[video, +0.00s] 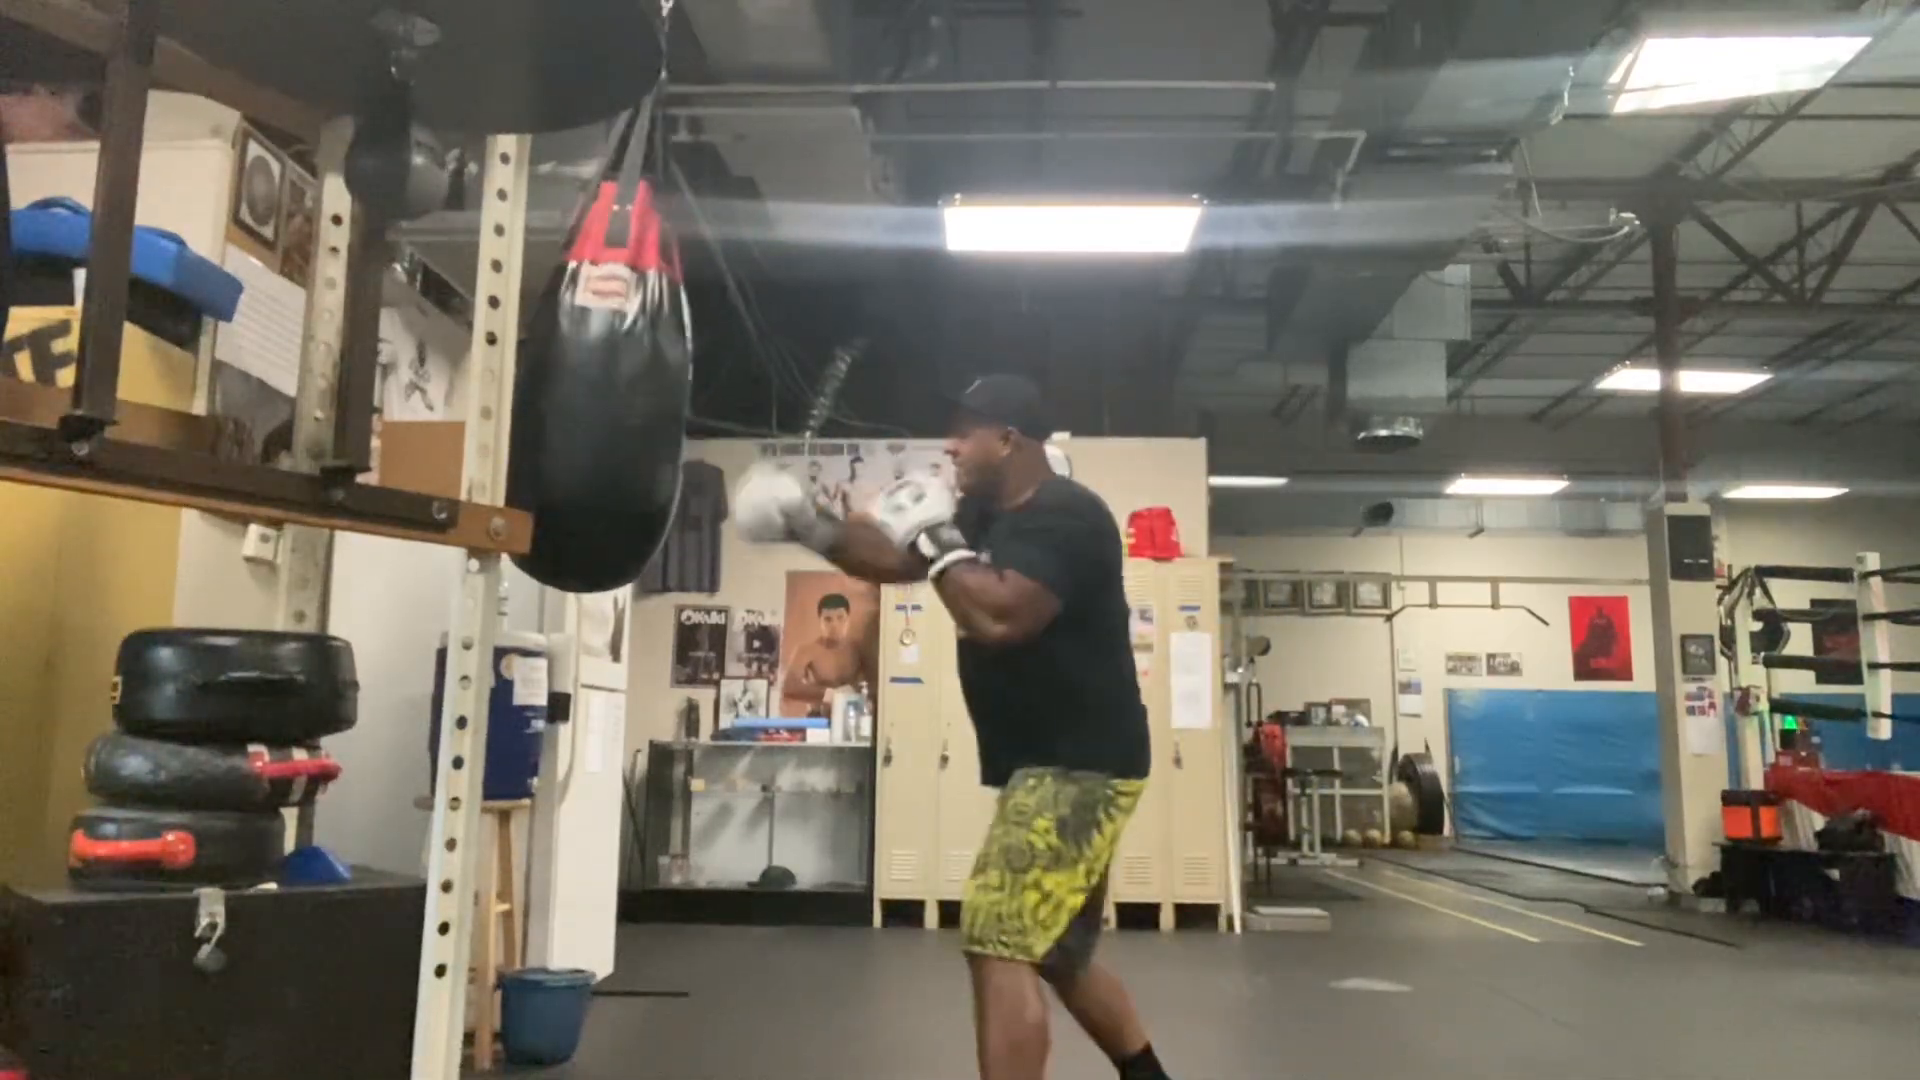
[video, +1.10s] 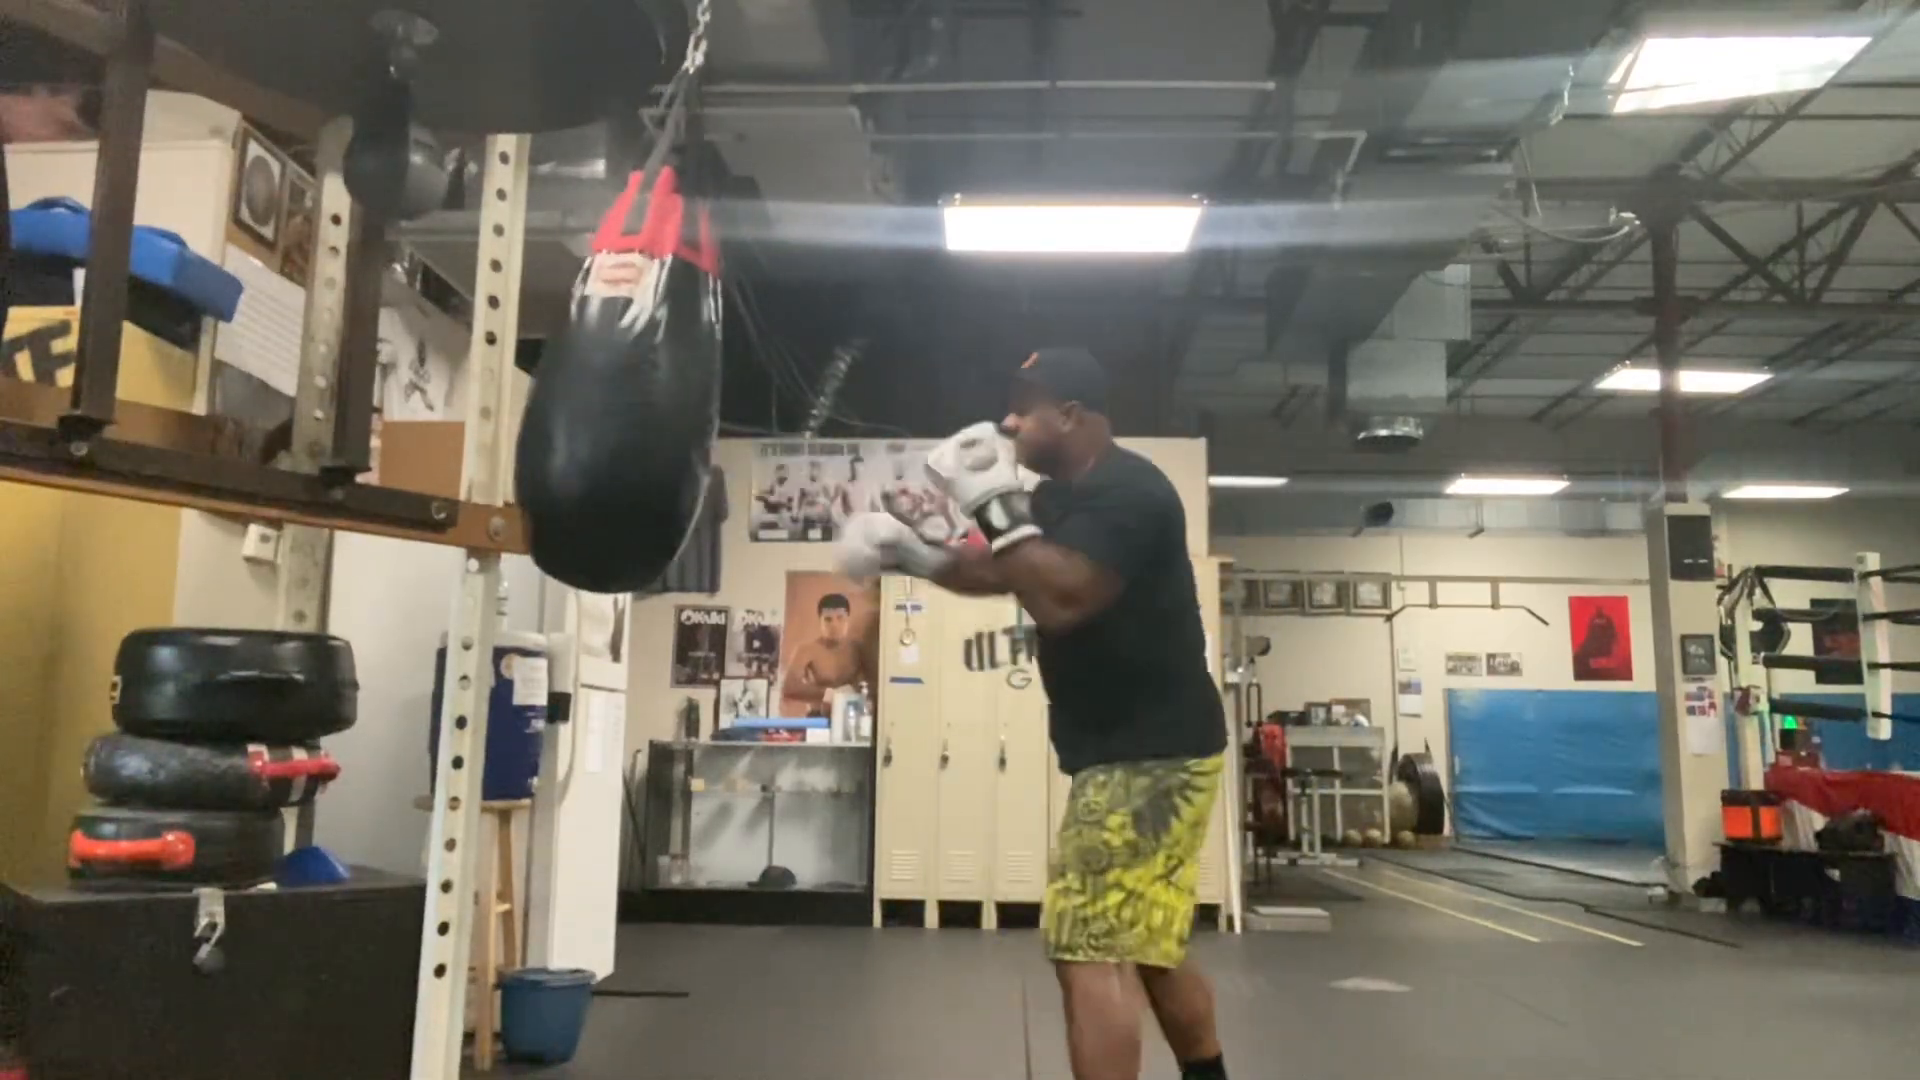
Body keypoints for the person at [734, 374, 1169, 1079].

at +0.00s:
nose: (951, 450)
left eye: (965, 435)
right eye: (952, 436)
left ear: (1012, 439)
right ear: (1006, 443)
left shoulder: (1070, 516)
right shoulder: (983, 514)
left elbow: (999, 617)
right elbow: (895, 557)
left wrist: (936, 539)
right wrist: (812, 523)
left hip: (1081, 763)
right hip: (1040, 764)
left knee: (997, 931)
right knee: (1062, 953)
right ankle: (1148, 1073)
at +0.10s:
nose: (960, 446)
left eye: (972, 431)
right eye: (961, 432)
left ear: (1019, 435)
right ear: (1010, 439)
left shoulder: (1075, 510)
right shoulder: (1000, 525)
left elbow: (1023, 605)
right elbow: (948, 616)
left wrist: (920, 572)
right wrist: (864, 610)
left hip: (1073, 762)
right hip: (1040, 762)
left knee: (994, 942)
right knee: (1074, 951)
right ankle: (1155, 1076)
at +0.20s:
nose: (948, 443)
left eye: (956, 428)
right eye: (950, 429)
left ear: (998, 430)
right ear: (1013, 435)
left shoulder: (1031, 488)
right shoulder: (1064, 500)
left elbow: (1007, 567)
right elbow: (1038, 629)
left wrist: (931, 526)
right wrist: (943, 619)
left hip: (1053, 746)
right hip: (1117, 742)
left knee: (977, 939)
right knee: (1103, 932)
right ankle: (1161, 1073)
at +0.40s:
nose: (949, 443)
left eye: (959, 426)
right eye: (949, 428)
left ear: (1003, 427)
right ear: (1023, 431)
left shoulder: (1007, 497)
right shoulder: (1078, 498)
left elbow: (907, 570)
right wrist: (927, 526)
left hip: (1058, 757)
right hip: (1112, 749)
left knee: (994, 962)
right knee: (1109, 945)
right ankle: (1167, 1073)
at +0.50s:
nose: (949, 452)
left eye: (961, 438)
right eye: (951, 438)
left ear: (1009, 438)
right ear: (1004, 438)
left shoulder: (1068, 510)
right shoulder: (997, 503)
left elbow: (1013, 622)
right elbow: (899, 515)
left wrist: (936, 554)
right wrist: (799, 482)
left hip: (1086, 758)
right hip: (1045, 758)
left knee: (1015, 944)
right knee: (1083, 948)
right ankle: (1169, 1072)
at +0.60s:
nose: (956, 445)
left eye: (970, 430)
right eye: (958, 430)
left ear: (1019, 434)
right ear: (1017, 437)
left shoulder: (1068, 502)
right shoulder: (1010, 508)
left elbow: (1017, 595)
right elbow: (934, 556)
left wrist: (947, 534)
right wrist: (841, 534)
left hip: (1080, 757)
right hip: (1084, 756)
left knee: (1010, 948)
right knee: (1090, 939)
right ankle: (1174, 1070)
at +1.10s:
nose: (1012, 429)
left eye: (1024, 414)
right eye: (1013, 415)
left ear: (1073, 417)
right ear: (1064, 419)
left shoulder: (1132, 493)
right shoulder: (1058, 497)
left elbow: (1062, 598)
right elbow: (1004, 572)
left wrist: (1003, 523)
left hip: (1151, 754)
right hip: (1123, 753)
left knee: (1084, 944)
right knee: (1156, 948)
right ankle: (1209, 1079)